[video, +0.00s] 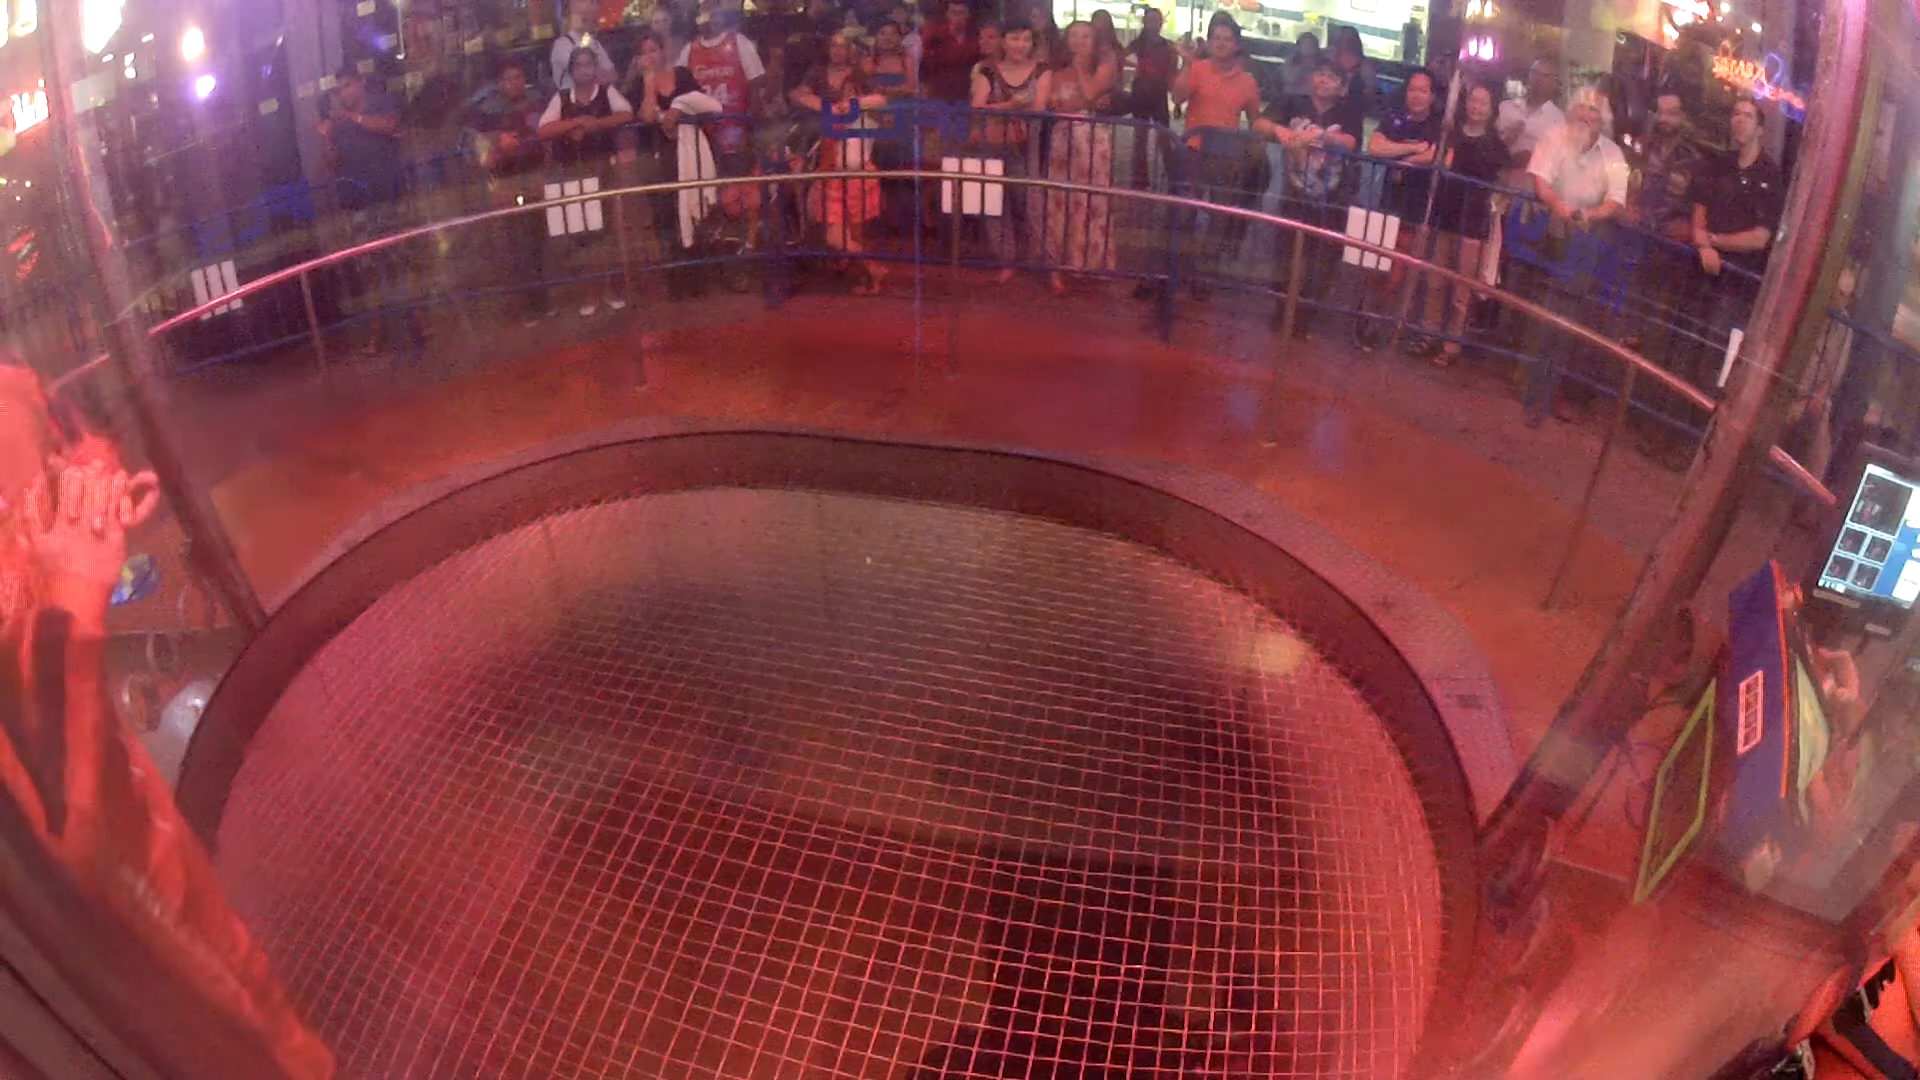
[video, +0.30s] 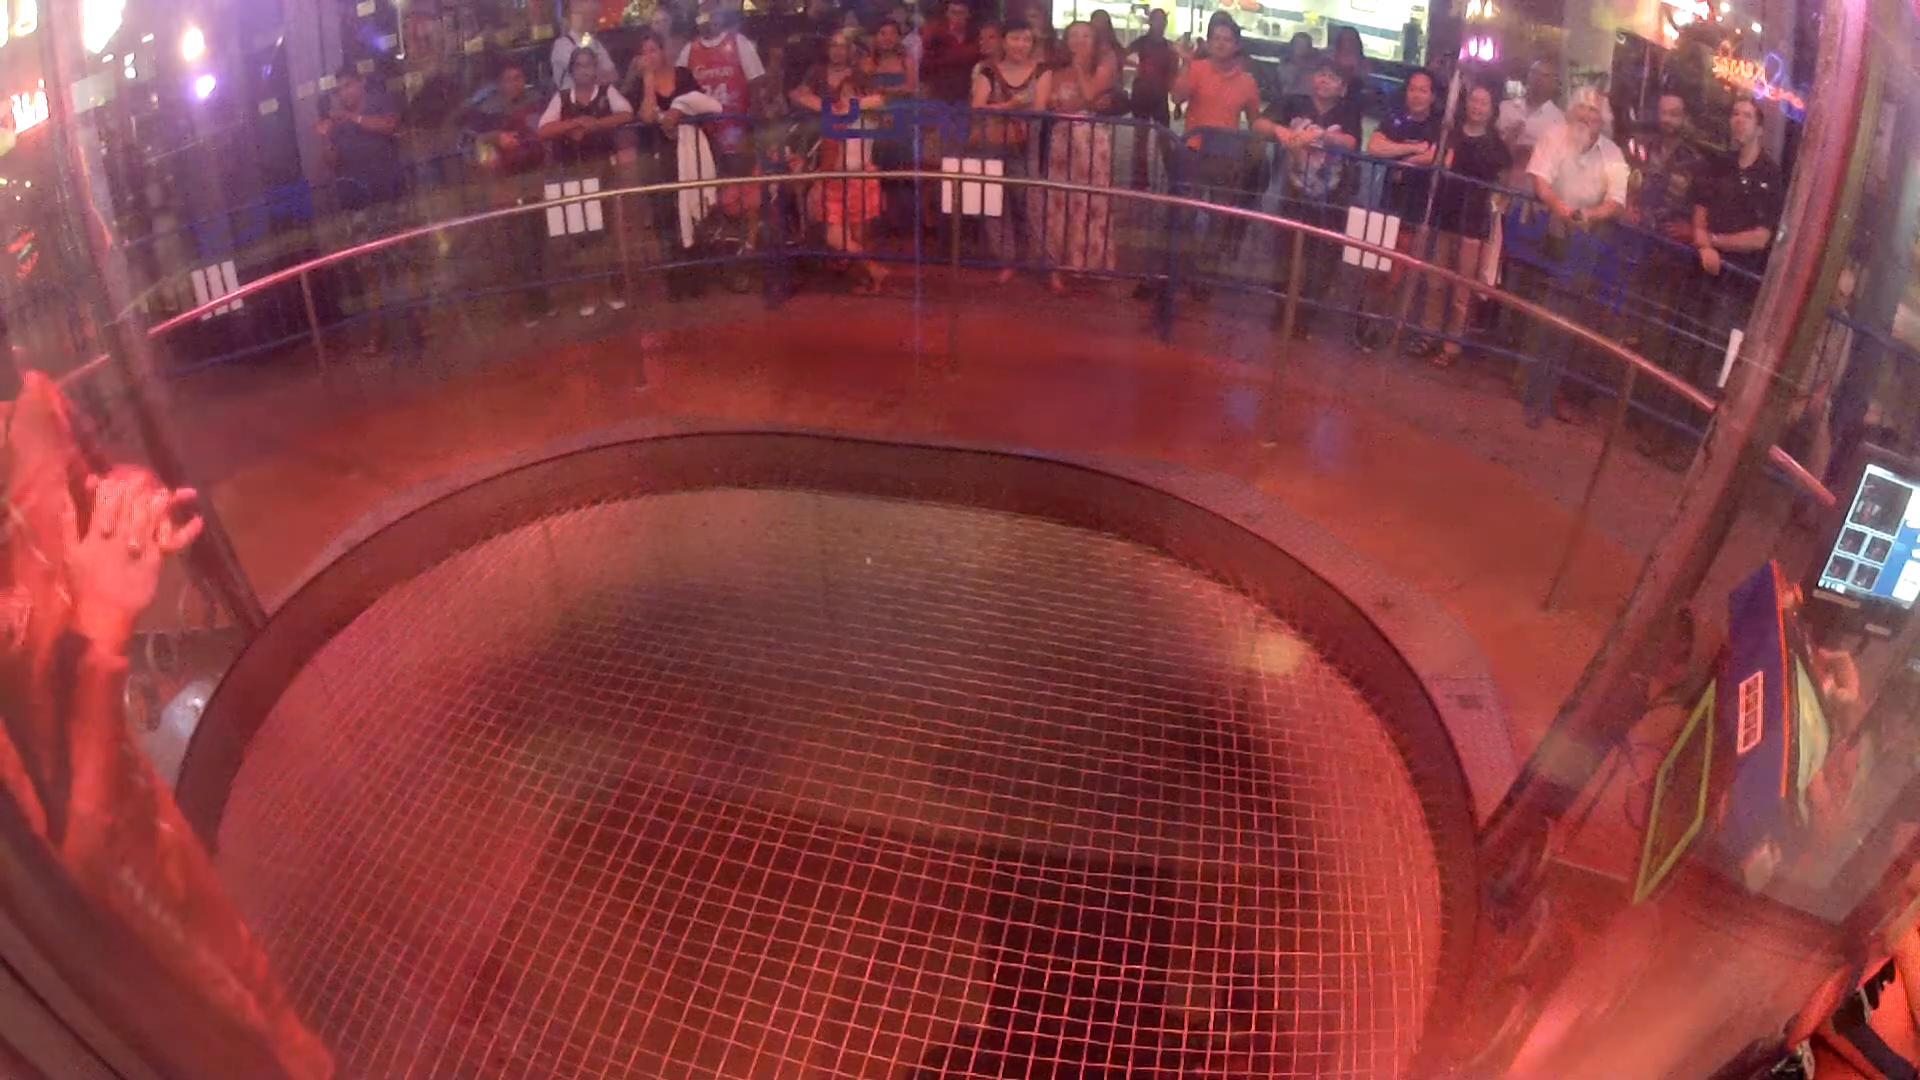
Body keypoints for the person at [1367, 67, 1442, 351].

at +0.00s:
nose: (1416, 95)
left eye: (1422, 90)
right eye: (1412, 89)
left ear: (1433, 96)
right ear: (1405, 93)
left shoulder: (1439, 126)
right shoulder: (1393, 119)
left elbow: (1439, 158)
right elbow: (1375, 147)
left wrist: (1402, 159)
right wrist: (1415, 148)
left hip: (1422, 214)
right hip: (1389, 209)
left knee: (1410, 275)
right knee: (1378, 268)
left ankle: (1399, 326)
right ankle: (1366, 320)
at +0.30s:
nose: (1417, 95)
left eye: (1423, 90)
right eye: (1413, 89)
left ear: (1433, 97)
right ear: (1405, 93)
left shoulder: (1439, 127)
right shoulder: (1394, 120)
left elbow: (1436, 158)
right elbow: (1374, 147)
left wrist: (1400, 158)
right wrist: (1416, 148)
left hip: (1422, 213)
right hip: (1390, 208)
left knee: (1409, 274)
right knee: (1378, 268)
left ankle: (1396, 327)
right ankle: (1366, 320)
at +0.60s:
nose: (1417, 95)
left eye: (1423, 90)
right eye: (1412, 89)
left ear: (1433, 97)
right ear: (1405, 94)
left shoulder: (1439, 127)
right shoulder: (1394, 120)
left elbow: (1437, 158)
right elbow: (1375, 147)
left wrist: (1400, 158)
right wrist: (1416, 148)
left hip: (1423, 213)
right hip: (1391, 208)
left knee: (1410, 274)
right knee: (1379, 268)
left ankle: (1398, 327)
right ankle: (1366, 321)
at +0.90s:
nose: (1416, 95)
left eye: (1423, 90)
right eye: (1412, 89)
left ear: (1432, 97)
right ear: (1404, 94)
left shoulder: (1439, 127)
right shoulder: (1394, 121)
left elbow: (1439, 158)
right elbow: (1375, 147)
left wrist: (1402, 158)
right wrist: (1417, 148)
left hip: (1422, 212)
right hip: (1390, 209)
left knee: (1409, 274)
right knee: (1379, 269)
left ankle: (1398, 326)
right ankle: (1368, 322)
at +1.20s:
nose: (1416, 96)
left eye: (1422, 91)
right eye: (1412, 90)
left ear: (1432, 97)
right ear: (1404, 94)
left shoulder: (1439, 127)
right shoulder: (1394, 121)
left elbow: (1439, 158)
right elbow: (1375, 146)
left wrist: (1402, 157)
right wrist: (1417, 148)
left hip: (1422, 212)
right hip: (1390, 208)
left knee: (1409, 273)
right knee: (1380, 268)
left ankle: (1398, 326)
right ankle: (1369, 320)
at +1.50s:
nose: (1416, 96)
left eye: (1422, 91)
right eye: (1412, 90)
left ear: (1432, 97)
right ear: (1404, 94)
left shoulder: (1439, 127)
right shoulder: (1394, 121)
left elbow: (1439, 158)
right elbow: (1375, 146)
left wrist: (1400, 156)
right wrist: (1416, 148)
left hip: (1422, 212)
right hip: (1390, 208)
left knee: (1409, 274)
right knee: (1380, 269)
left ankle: (1398, 326)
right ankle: (1368, 321)